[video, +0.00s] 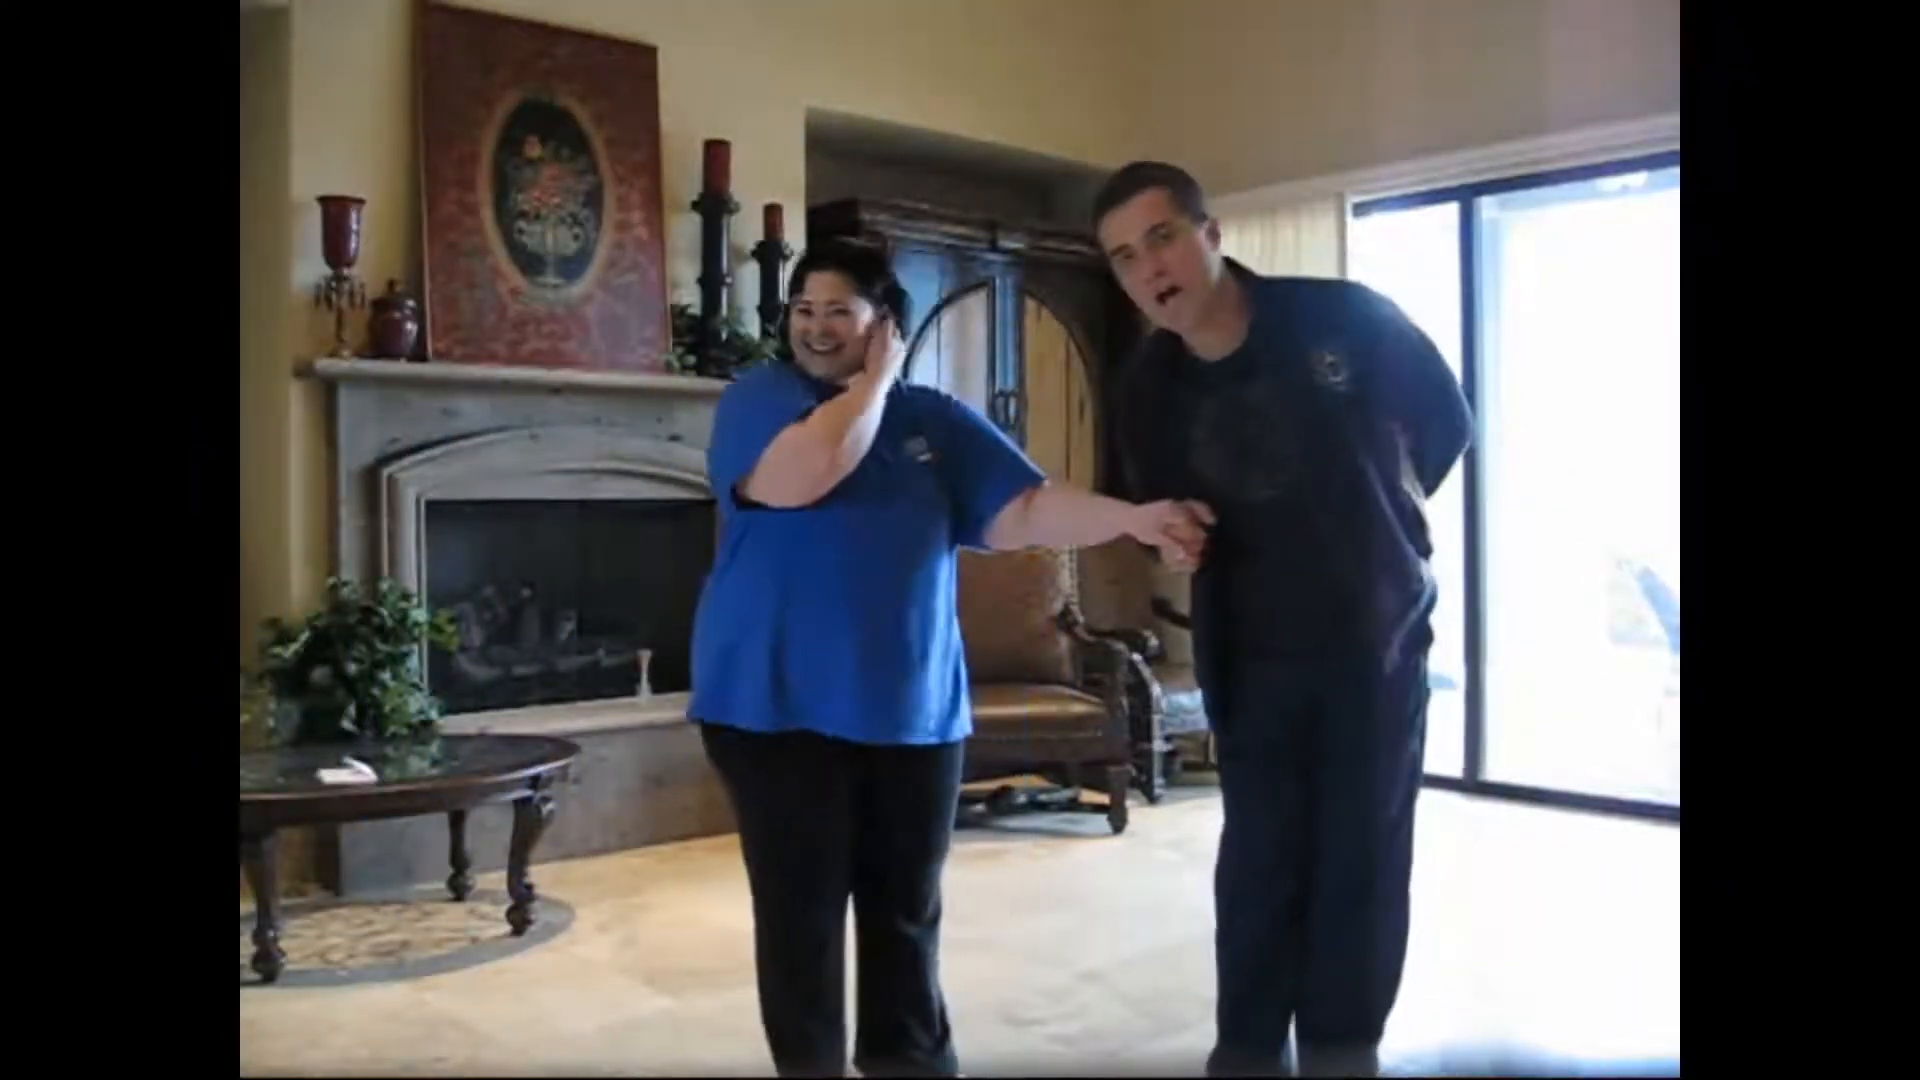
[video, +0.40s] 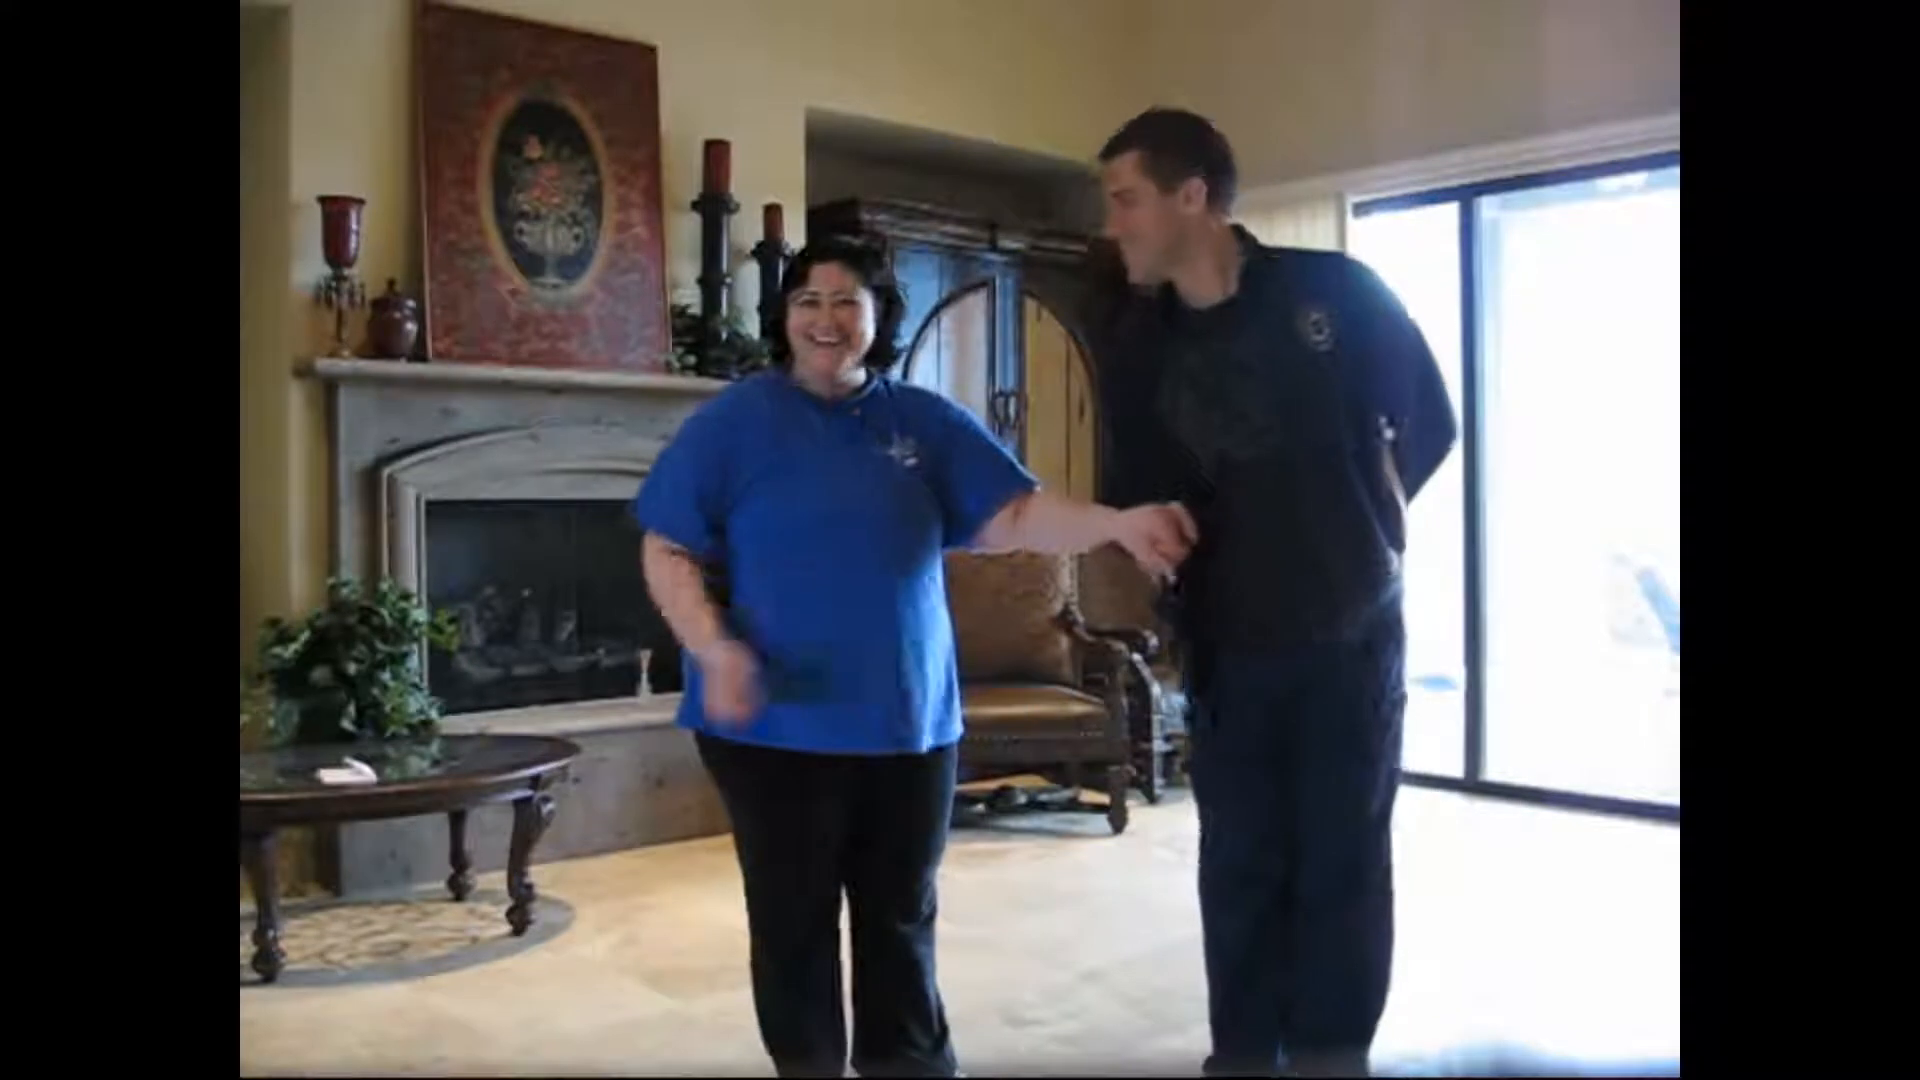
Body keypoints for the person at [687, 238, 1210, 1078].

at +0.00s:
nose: (815, 325)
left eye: (837, 311)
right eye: (803, 309)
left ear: (883, 324)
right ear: (787, 315)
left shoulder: (930, 418)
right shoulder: (756, 396)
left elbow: (1021, 507)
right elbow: (791, 478)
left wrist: (1137, 517)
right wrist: (876, 381)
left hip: (911, 714)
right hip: (773, 708)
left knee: (906, 923)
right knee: (800, 927)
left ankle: (911, 1068)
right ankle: (811, 1070)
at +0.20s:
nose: (824, 325)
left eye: (843, 309)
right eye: (807, 309)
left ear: (879, 321)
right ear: (783, 320)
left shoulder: (920, 418)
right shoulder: (748, 411)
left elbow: (1013, 513)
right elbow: (701, 536)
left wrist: (1124, 528)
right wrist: (838, 471)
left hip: (907, 722)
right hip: (771, 724)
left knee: (902, 926)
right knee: (794, 935)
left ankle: (909, 1068)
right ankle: (811, 1069)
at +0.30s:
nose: (825, 321)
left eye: (845, 304)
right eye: (809, 304)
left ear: (881, 320)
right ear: (784, 319)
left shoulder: (921, 421)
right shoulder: (742, 417)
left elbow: (1011, 513)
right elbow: (673, 550)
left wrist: (1120, 537)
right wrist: (792, 567)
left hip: (907, 729)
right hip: (770, 733)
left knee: (900, 925)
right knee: (793, 934)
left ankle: (909, 1068)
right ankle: (811, 1068)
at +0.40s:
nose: (827, 316)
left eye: (846, 302)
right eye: (809, 301)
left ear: (876, 322)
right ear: (782, 318)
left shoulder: (920, 422)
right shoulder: (730, 423)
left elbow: (1010, 513)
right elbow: (664, 548)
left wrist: (1120, 522)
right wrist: (712, 647)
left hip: (907, 734)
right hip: (769, 737)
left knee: (901, 928)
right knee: (792, 935)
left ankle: (909, 1068)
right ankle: (809, 1068)